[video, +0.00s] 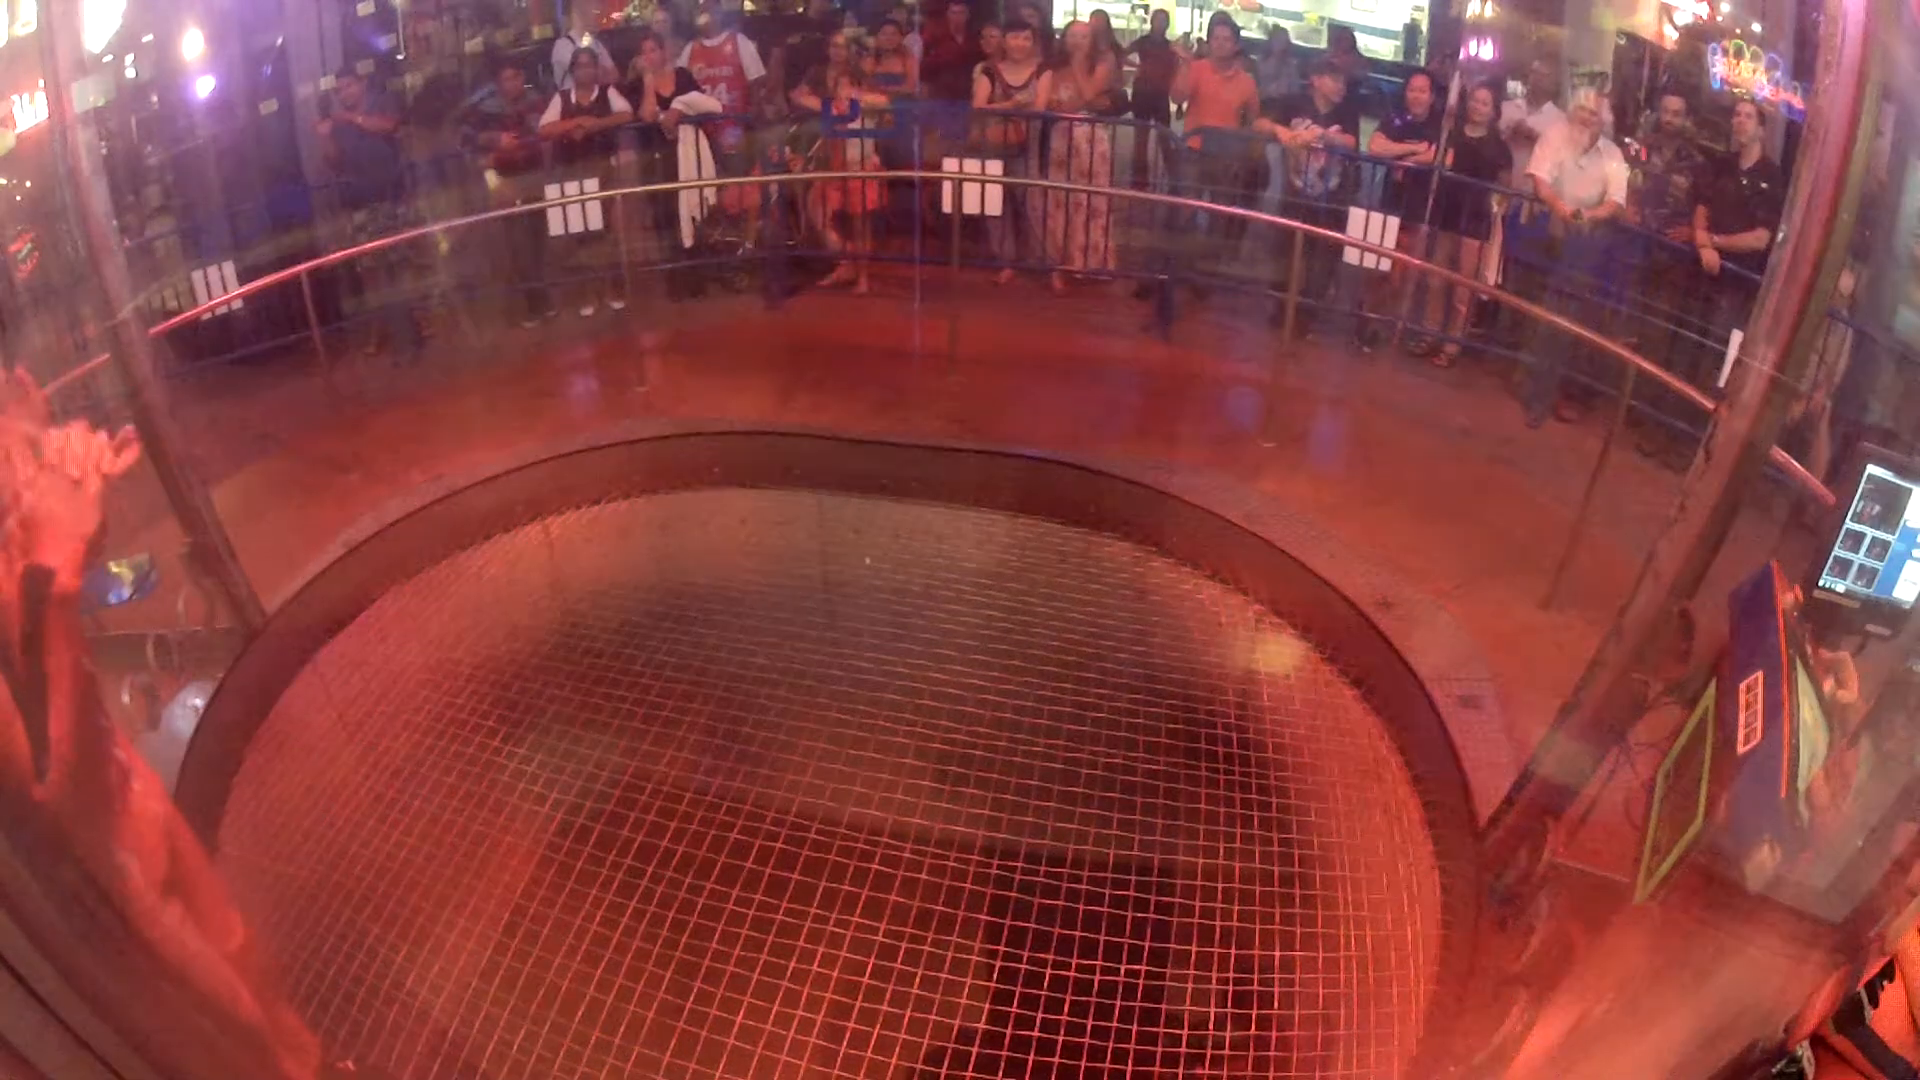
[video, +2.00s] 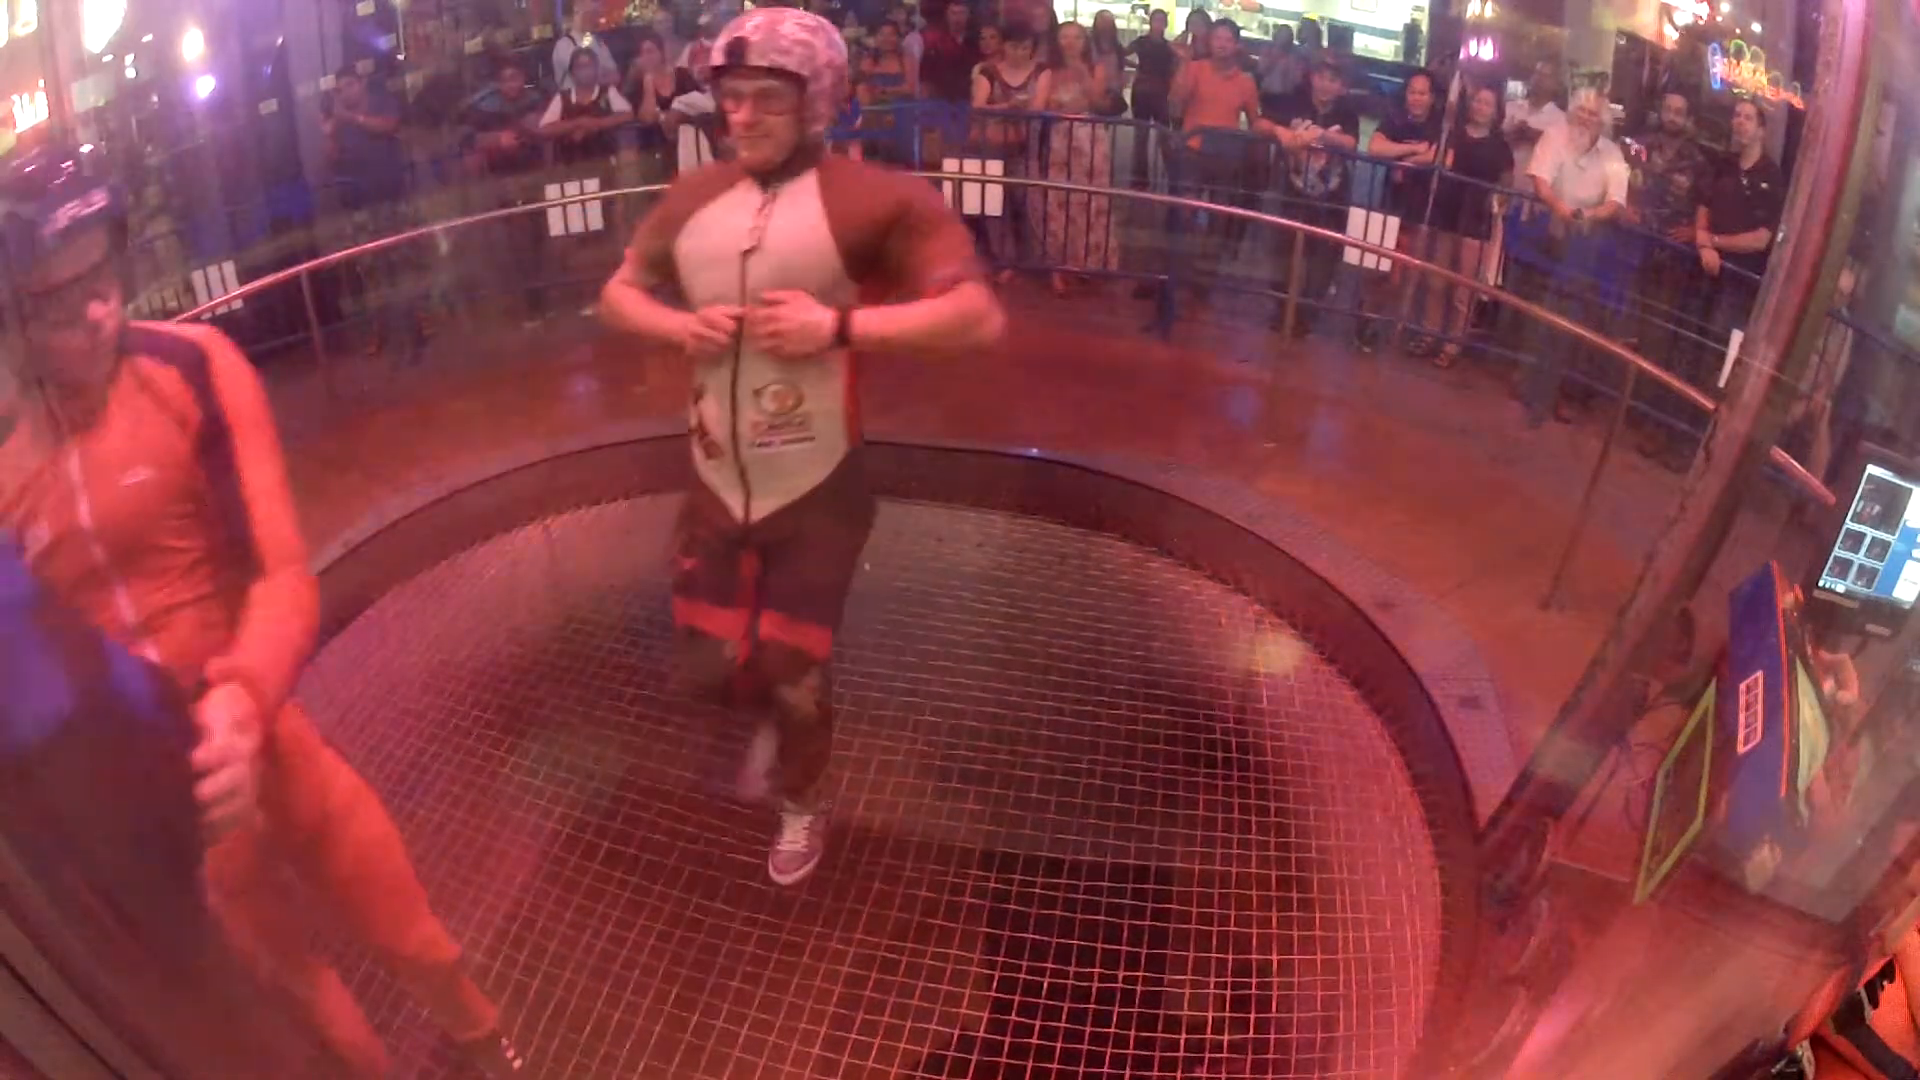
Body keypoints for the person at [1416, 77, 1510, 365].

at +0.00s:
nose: (1478, 107)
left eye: (1485, 103)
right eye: (1474, 101)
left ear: (1494, 111)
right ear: (1466, 104)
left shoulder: (1498, 147)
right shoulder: (1452, 137)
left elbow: (1504, 185)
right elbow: (1439, 166)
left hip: (1475, 217)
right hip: (1445, 211)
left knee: (1463, 284)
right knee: (1435, 277)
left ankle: (1452, 341)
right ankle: (1429, 331)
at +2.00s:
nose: (1480, 107)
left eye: (1487, 103)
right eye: (1477, 101)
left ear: (1497, 111)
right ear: (1469, 104)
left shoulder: (1500, 148)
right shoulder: (1453, 137)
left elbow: (1506, 187)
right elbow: (1439, 166)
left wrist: (1495, 206)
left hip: (1476, 220)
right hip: (1444, 212)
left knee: (1463, 289)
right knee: (1435, 281)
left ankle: (1453, 342)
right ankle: (1429, 333)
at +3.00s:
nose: (1472, 108)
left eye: (1478, 103)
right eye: (1468, 101)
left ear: (1488, 110)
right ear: (1461, 106)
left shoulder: (1492, 147)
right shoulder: (1449, 139)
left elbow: (1498, 184)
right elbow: (1436, 171)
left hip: (1472, 218)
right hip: (1442, 213)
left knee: (1461, 285)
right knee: (1434, 279)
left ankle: (1451, 342)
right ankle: (1428, 333)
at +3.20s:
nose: (1471, 108)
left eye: (1477, 104)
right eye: (1468, 102)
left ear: (1487, 111)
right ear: (1460, 105)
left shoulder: (1489, 147)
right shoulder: (1449, 139)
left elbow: (1495, 180)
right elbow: (1435, 168)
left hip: (1468, 220)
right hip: (1439, 213)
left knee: (1459, 283)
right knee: (1433, 279)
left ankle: (1451, 341)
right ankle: (1428, 333)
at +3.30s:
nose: (1471, 108)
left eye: (1477, 104)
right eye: (1468, 101)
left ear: (1486, 111)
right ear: (1460, 105)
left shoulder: (1488, 147)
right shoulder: (1448, 138)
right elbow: (1435, 166)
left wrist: (1452, 158)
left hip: (1467, 219)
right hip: (1439, 212)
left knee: (1457, 282)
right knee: (1432, 278)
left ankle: (1451, 341)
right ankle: (1428, 333)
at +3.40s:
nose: (1470, 110)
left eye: (1476, 105)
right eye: (1467, 103)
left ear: (1485, 112)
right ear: (1459, 106)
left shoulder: (1487, 148)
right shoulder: (1447, 139)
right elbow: (1434, 168)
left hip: (1465, 221)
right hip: (1438, 214)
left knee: (1453, 285)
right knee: (1432, 280)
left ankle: (1451, 341)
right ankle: (1428, 333)